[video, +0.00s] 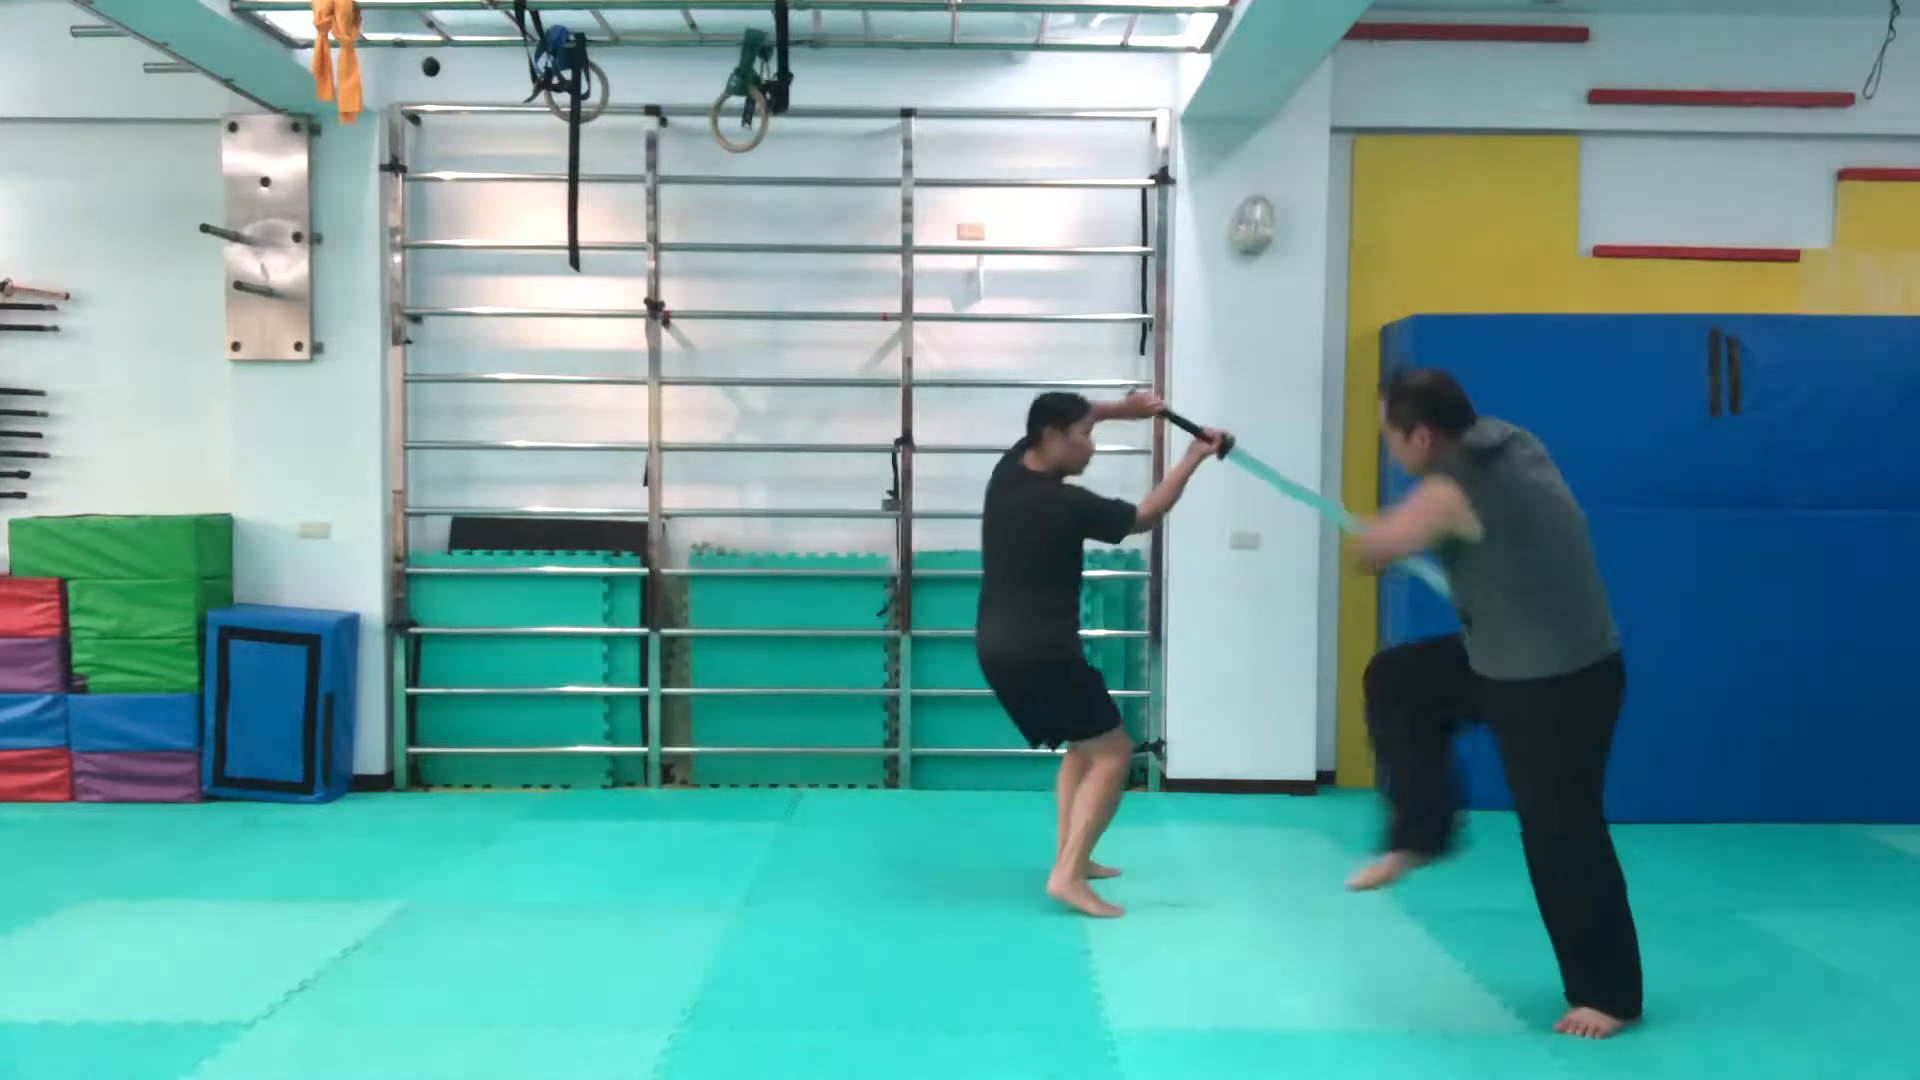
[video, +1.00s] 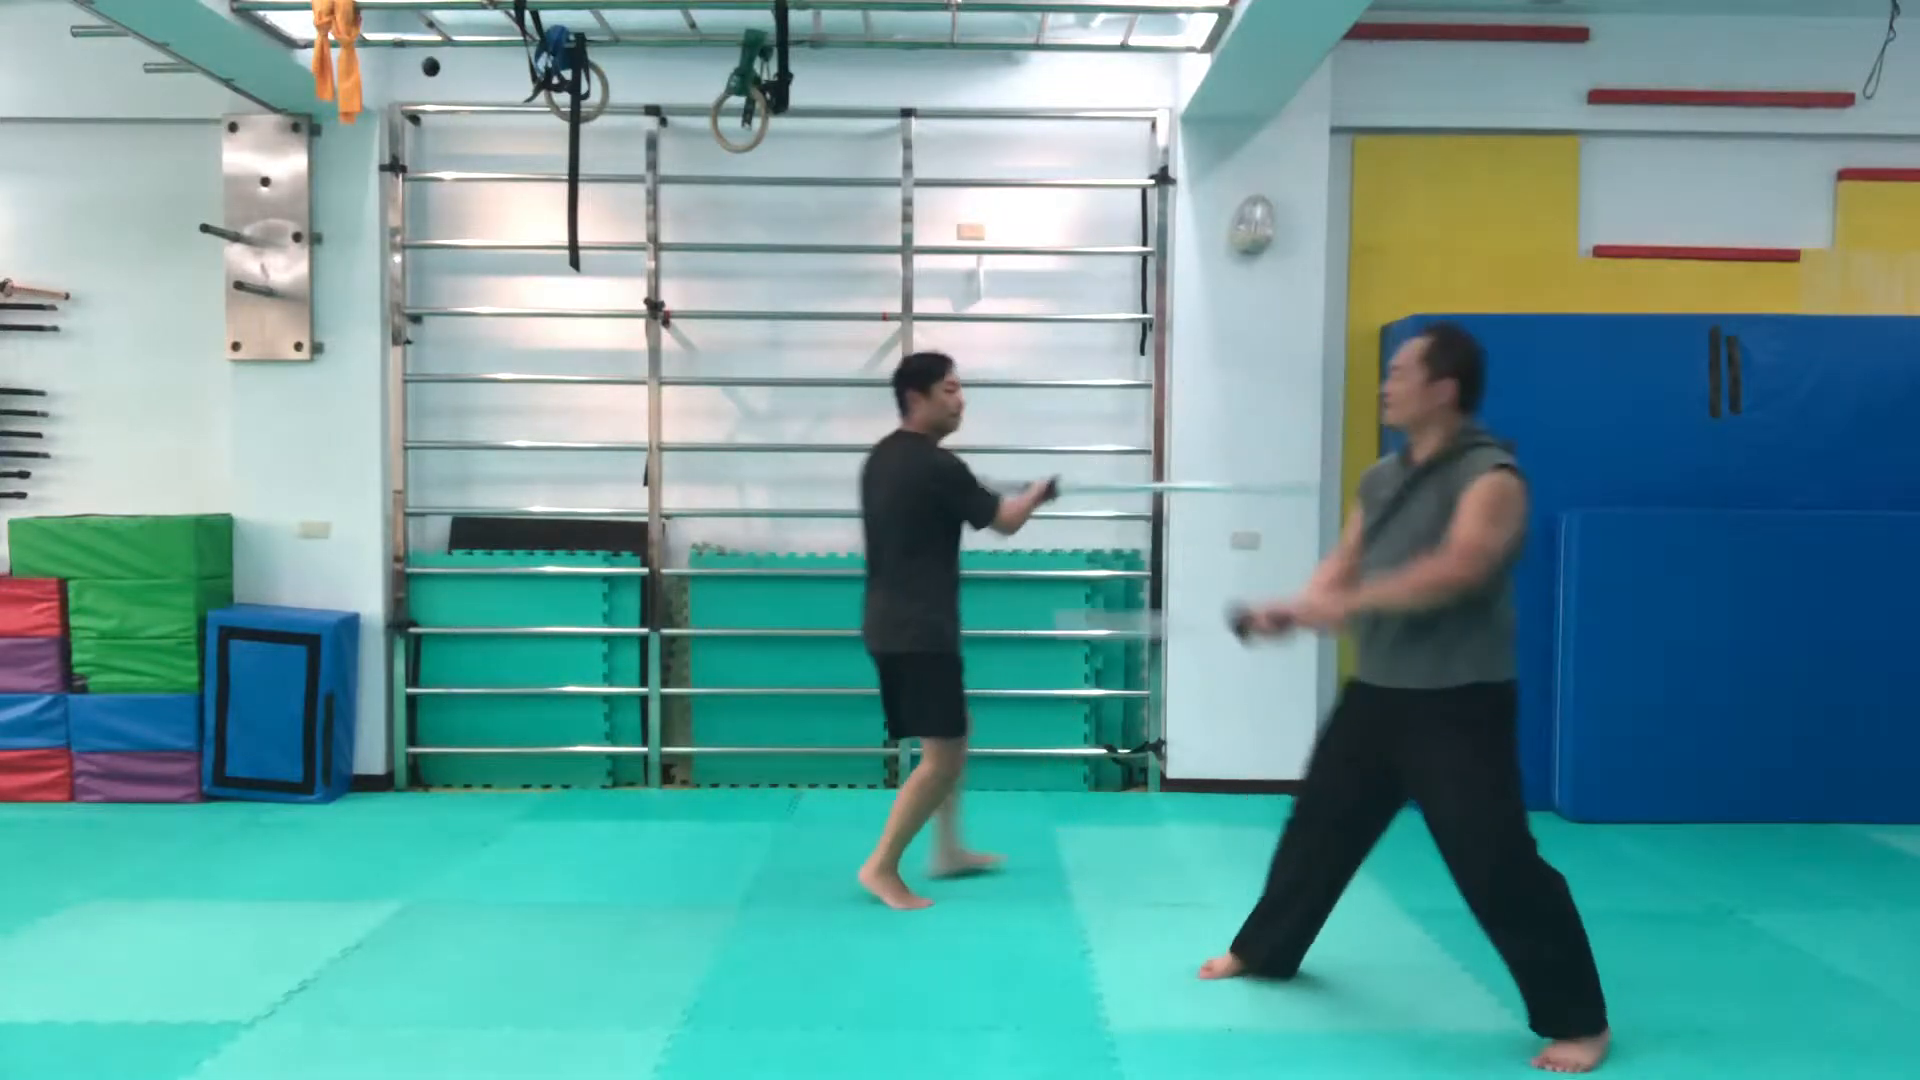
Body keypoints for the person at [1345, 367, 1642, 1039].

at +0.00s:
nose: (1392, 451)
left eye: (1393, 438)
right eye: (1390, 438)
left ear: (1423, 434)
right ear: (1450, 422)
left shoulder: (1453, 487)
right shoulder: (1510, 446)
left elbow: (1374, 549)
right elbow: (1457, 519)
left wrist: (1373, 544)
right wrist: (1396, 530)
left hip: (1555, 681)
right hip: (1511, 661)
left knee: (1563, 836)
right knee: (1397, 677)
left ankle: (1609, 998)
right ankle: (1419, 835)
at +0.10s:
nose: (1390, 426)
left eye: (1394, 412)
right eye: (1390, 414)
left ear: (1426, 408)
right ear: (1444, 408)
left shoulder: (1472, 442)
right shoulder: (1468, 473)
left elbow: (1353, 454)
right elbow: (1406, 526)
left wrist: (1312, 483)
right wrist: (1324, 523)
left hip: (1540, 678)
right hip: (1482, 672)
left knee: (1552, 840)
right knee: (1382, 707)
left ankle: (1612, 999)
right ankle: (1323, 857)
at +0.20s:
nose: (1395, 403)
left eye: (1405, 391)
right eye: (1396, 392)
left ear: (1434, 391)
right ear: (1421, 400)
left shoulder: (1482, 432)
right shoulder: (1429, 479)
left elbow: (1367, 393)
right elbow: (1352, 513)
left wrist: (1296, 405)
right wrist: (1261, 473)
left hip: (1506, 672)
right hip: (1446, 669)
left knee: (1525, 830)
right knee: (1349, 743)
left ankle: (1615, 995)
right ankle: (1278, 875)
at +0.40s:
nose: (1308, 428)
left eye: (1319, 415)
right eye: (1307, 417)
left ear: (1354, 414)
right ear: (1324, 422)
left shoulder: (1417, 459)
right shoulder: (1333, 496)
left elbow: (1337, 375)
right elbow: (1252, 504)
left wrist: (1259, 350)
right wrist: (1216, 430)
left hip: (1425, 683)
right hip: (1348, 688)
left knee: (1482, 843)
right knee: (1279, 807)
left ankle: (1602, 981)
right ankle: (1262, 956)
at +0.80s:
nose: (1296, 404)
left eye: (1308, 392)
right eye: (1297, 392)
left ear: (1354, 400)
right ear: (1324, 402)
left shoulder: (1407, 451)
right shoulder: (1309, 475)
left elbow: (1326, 447)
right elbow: (1255, 544)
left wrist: (1232, 442)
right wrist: (1188, 491)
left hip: (1411, 679)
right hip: (1325, 681)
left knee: (1471, 840)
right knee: (1268, 806)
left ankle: (1573, 996)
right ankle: (1258, 958)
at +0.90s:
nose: (1342, 390)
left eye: (1356, 379)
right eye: (1345, 378)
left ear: (1399, 392)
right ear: (1380, 393)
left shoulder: (1446, 468)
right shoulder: (1346, 480)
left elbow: (1372, 524)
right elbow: (1312, 555)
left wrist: (1298, 534)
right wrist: (1233, 551)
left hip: (1426, 693)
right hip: (1340, 691)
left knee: (1478, 852)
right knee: (1291, 822)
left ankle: (1576, 1012)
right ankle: (1259, 958)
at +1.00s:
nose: (1386, 386)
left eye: (1400, 376)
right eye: (1388, 374)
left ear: (1446, 388)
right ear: (1415, 389)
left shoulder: (1492, 478)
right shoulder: (1380, 480)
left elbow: (1460, 569)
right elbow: (1345, 566)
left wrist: (1347, 603)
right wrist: (1289, 610)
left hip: (1461, 707)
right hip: (1378, 700)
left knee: (1498, 869)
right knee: (1320, 828)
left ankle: (1579, 1022)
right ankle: (1262, 952)